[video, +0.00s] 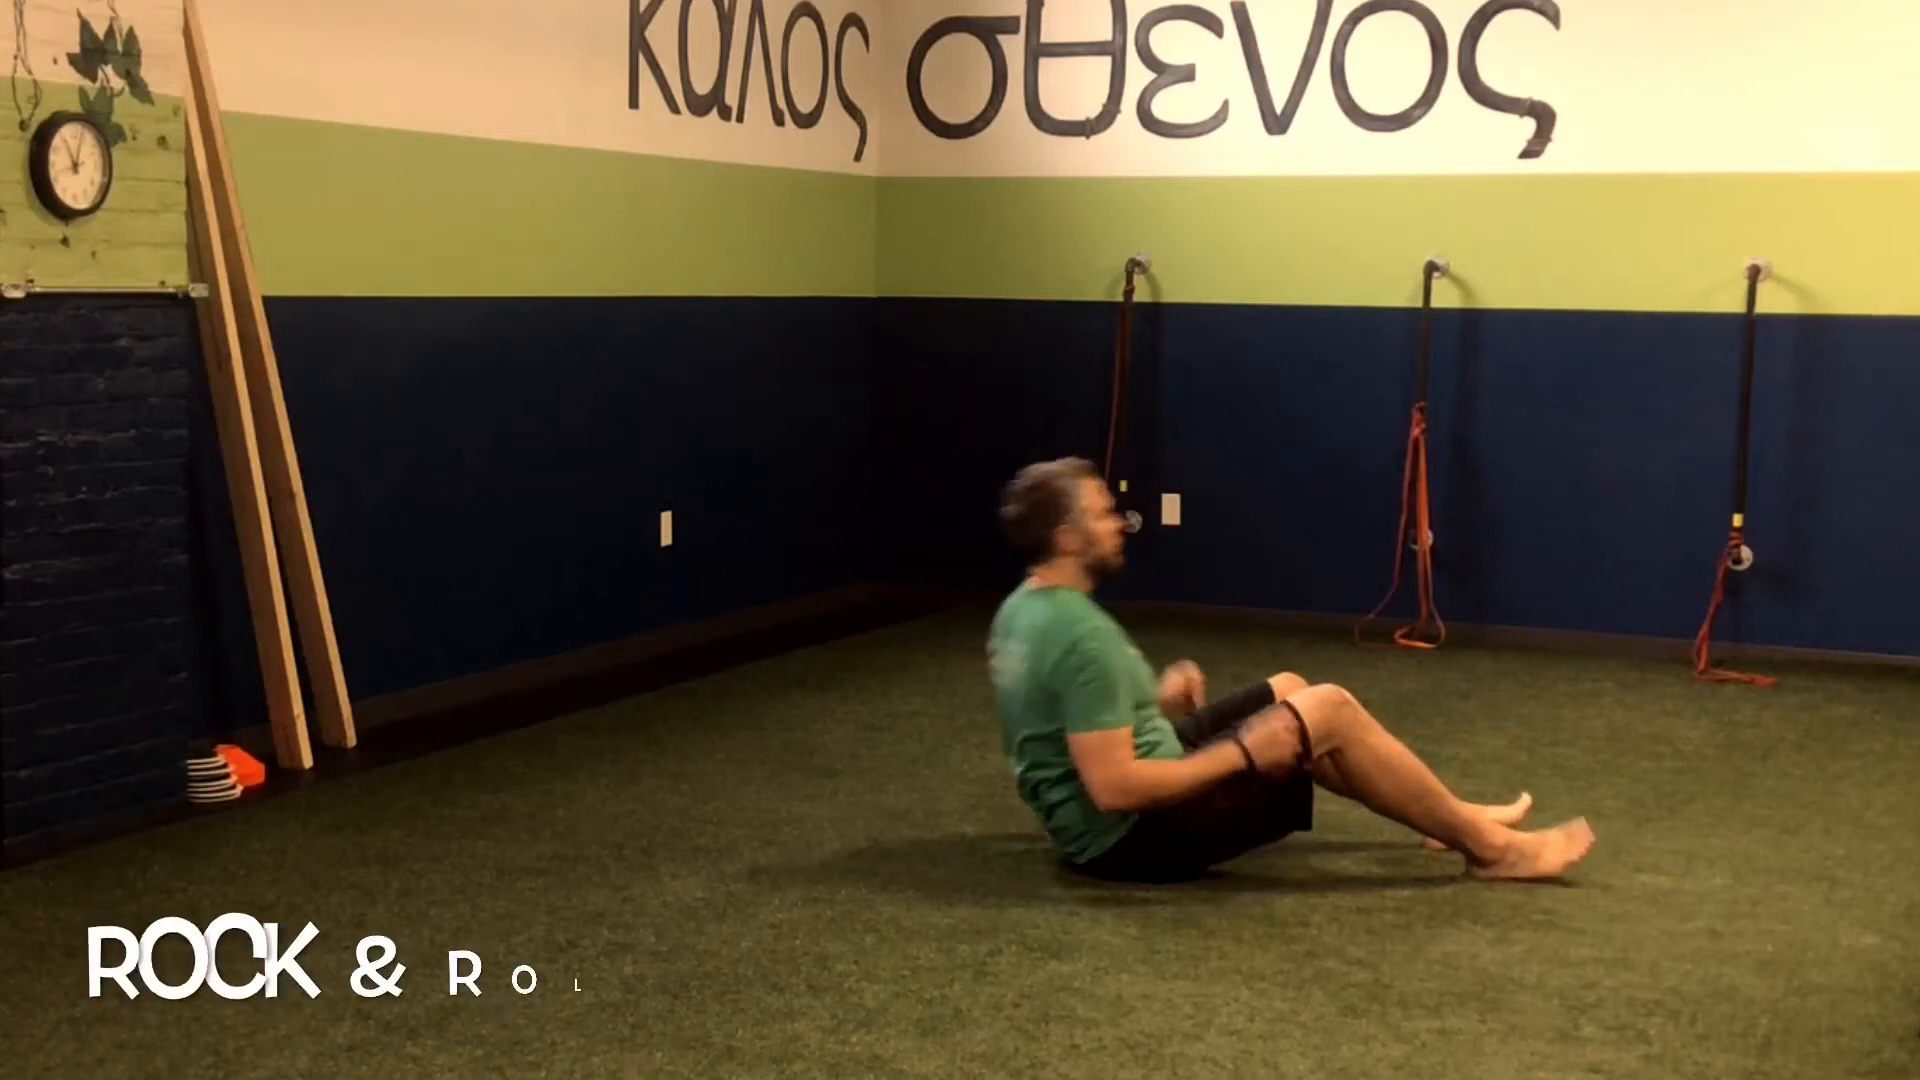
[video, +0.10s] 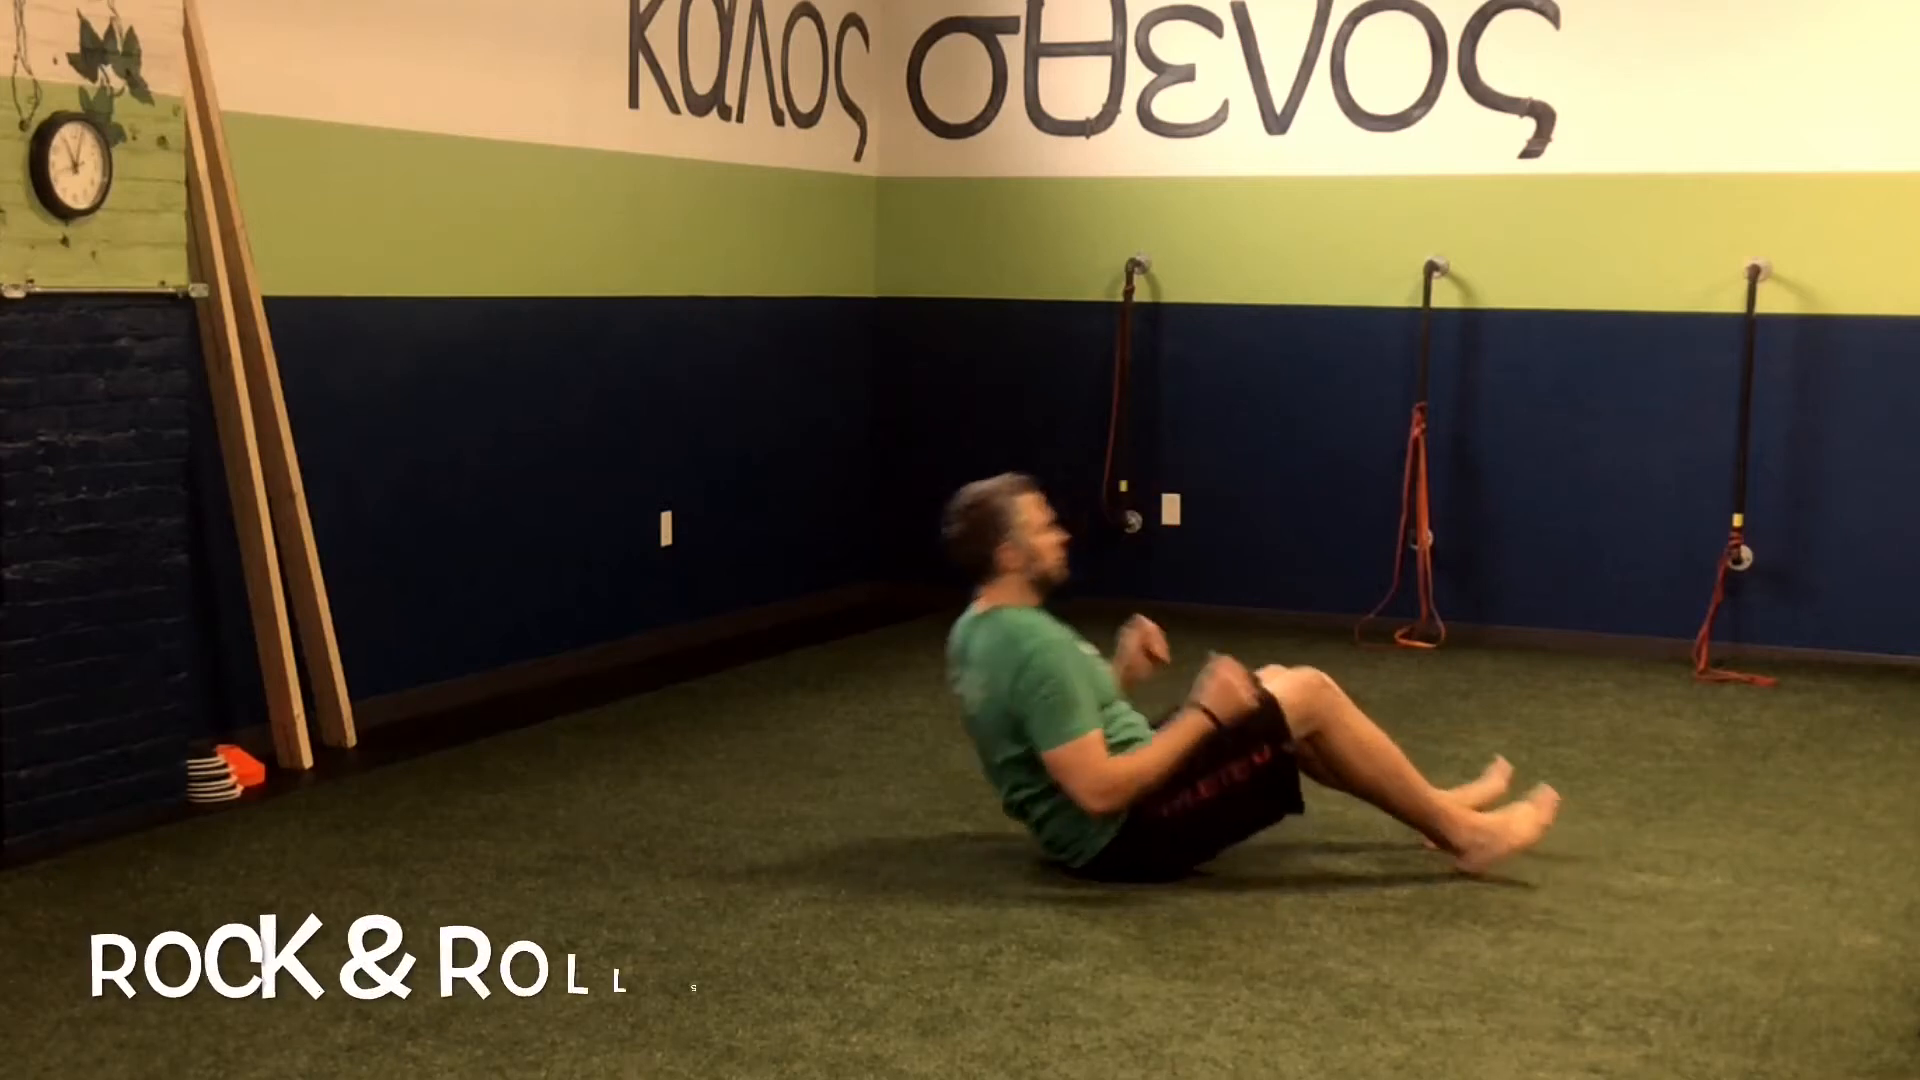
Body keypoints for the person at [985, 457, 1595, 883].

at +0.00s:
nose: (1122, 523)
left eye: (1113, 510)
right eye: (1106, 513)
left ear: (1058, 536)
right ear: (1063, 534)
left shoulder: (1027, 610)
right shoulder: (1075, 631)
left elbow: (1064, 729)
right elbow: (1115, 786)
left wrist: (1155, 701)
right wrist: (1247, 749)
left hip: (1106, 810)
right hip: (1127, 838)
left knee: (1302, 693)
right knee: (1331, 709)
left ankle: (1459, 818)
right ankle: (1492, 850)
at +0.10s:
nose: (1059, 537)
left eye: (1050, 523)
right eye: (1042, 528)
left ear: (999, 554)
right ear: (1006, 551)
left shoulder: (980, 630)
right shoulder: (1029, 642)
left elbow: (1054, 739)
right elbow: (1099, 789)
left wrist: (1121, 674)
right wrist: (1204, 714)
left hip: (1093, 819)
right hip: (1119, 839)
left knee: (1282, 691)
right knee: (1309, 695)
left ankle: (1437, 807)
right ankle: (1469, 836)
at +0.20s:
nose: (1007, 549)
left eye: (996, 536)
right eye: (989, 542)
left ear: (952, 575)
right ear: (958, 570)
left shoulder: (948, 645)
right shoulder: (989, 659)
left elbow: (1048, 733)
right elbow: (1088, 791)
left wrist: (1080, 661)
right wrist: (1154, 688)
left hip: (1084, 822)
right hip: (1108, 840)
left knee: (1254, 672)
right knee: (1273, 672)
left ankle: (1409, 800)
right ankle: (1429, 817)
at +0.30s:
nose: (963, 563)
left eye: (950, 553)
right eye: (945, 559)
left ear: (913, 599)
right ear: (918, 596)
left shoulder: (920, 663)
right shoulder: (958, 681)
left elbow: (1017, 749)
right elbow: (1069, 797)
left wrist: (1042, 661)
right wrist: (1114, 679)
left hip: (1073, 820)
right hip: (1101, 841)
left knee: (1210, 652)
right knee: (1234, 648)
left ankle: (1366, 790)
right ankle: (1392, 778)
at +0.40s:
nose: (925, 589)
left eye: (912, 580)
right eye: (906, 588)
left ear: (884, 623)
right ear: (878, 626)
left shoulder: (905, 687)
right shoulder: (926, 705)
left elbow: (1002, 757)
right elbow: (1052, 802)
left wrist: (1007, 663)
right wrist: (1070, 677)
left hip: (1070, 819)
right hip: (1098, 842)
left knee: (1161, 615)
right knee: (1187, 622)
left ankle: (1329, 739)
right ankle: (1367, 721)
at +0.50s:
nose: (886, 622)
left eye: (873, 613)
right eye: (867, 623)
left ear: (854, 663)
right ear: (847, 665)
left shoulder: (891, 708)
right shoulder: (897, 729)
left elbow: (1012, 755)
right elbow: (1040, 808)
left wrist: (970, 670)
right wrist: (1023, 683)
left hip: (1072, 818)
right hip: (1091, 839)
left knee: (1095, 597)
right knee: (1107, 602)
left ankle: (1301, 641)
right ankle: (1316, 632)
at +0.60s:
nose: (849, 651)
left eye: (833, 644)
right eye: (827, 655)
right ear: (811, 705)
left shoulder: (875, 728)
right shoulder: (872, 765)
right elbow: (1024, 811)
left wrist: (949, 682)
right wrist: (979, 691)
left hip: (1065, 802)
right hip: (1082, 828)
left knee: (1017, 596)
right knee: (1032, 598)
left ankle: (1218, 541)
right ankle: (1227, 542)